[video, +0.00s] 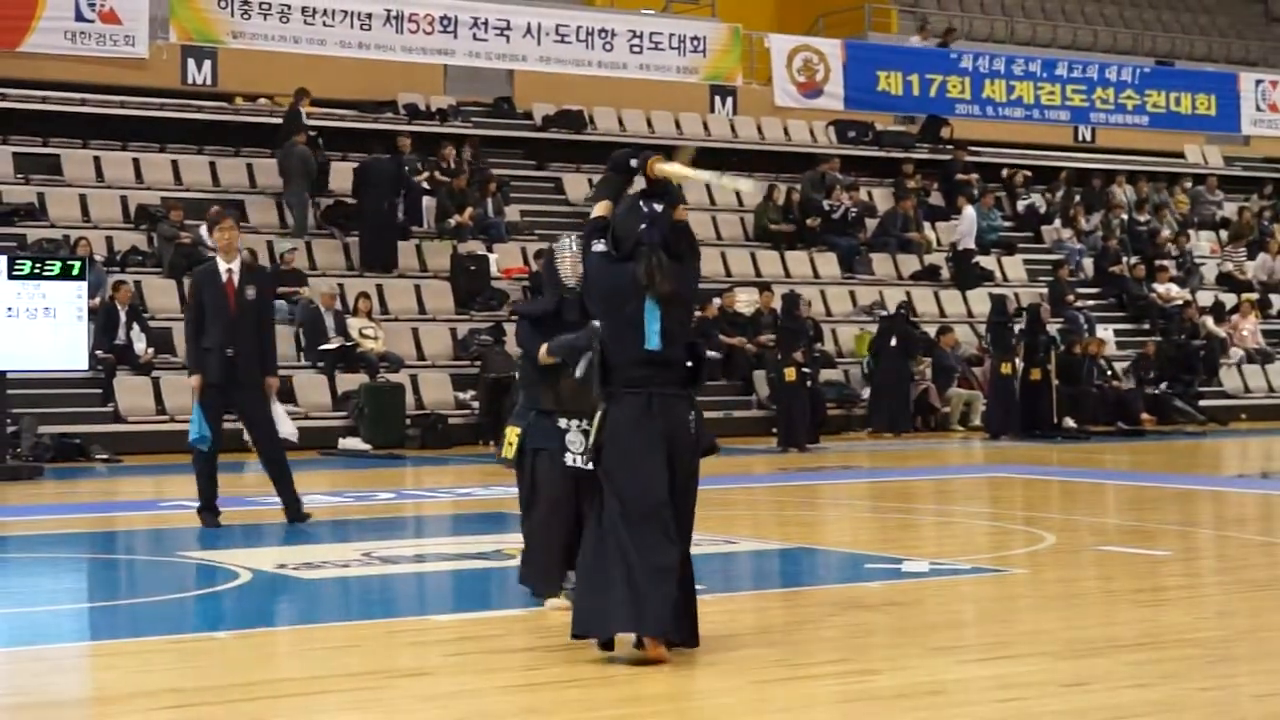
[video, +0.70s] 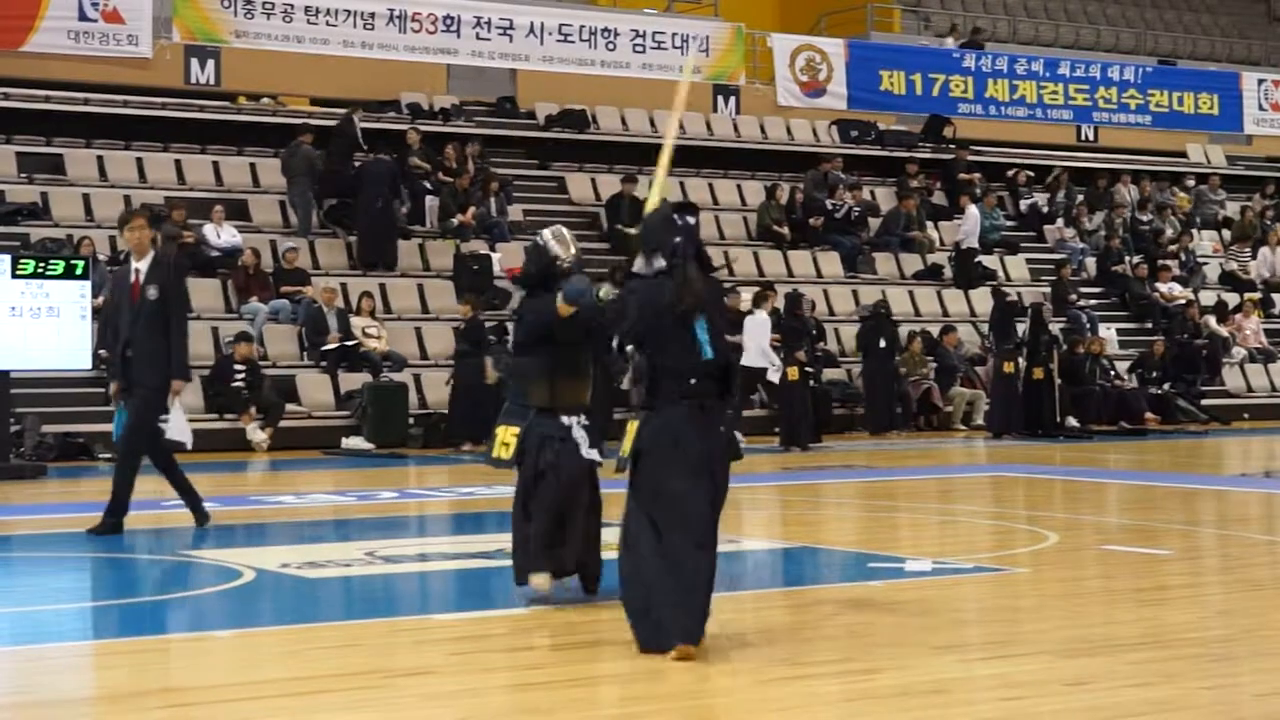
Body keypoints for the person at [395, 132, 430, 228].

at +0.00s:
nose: (405, 148)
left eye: (406, 145)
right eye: (402, 145)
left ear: (410, 144)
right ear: (398, 146)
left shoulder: (416, 157)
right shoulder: (395, 159)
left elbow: (427, 171)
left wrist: (418, 178)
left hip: (415, 188)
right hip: (400, 187)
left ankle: (415, 223)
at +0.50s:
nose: (408, 138)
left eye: (411, 135)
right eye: (406, 135)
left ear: (417, 138)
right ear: (404, 138)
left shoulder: (425, 152)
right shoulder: (401, 153)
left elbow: (431, 169)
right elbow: (398, 169)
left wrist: (414, 165)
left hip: (421, 180)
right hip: (405, 180)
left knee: (417, 189)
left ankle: (416, 222)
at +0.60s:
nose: (408, 137)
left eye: (411, 135)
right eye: (407, 135)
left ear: (418, 137)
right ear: (405, 137)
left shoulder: (426, 152)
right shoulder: (403, 152)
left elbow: (433, 168)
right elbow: (399, 169)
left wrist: (418, 163)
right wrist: (422, 169)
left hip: (424, 179)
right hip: (408, 179)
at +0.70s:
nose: (408, 137)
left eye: (411, 134)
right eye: (407, 134)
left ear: (419, 136)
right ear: (406, 137)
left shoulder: (427, 151)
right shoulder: (404, 151)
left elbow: (434, 168)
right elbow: (401, 168)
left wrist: (419, 163)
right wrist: (423, 169)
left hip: (424, 179)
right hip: (408, 179)